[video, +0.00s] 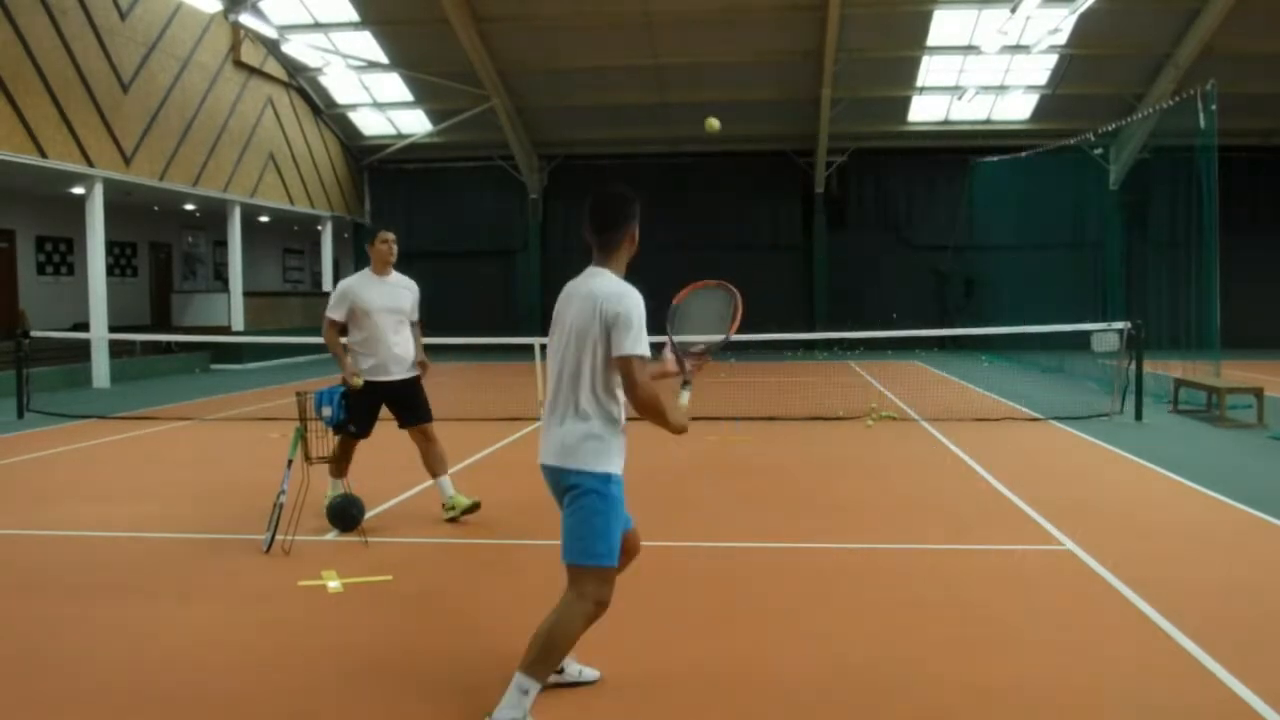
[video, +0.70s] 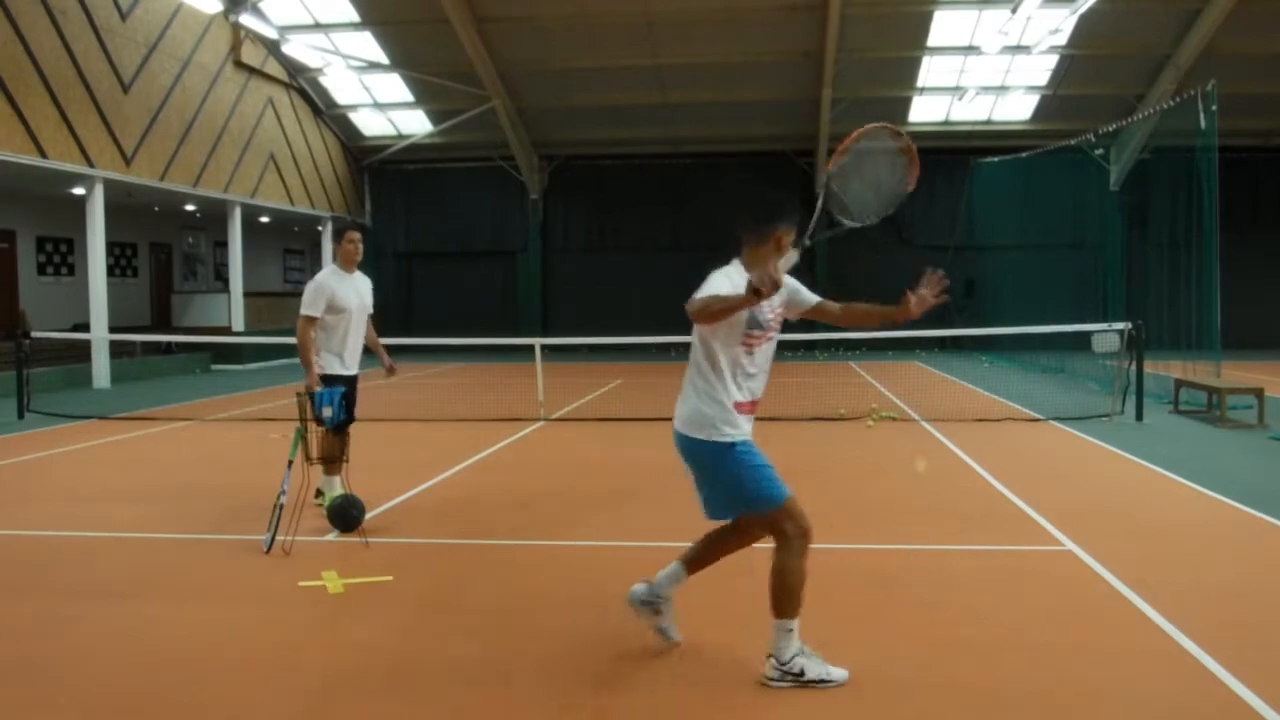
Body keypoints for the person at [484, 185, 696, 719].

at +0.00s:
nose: (638, 238)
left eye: (633, 230)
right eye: (637, 231)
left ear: (591, 235)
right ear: (632, 235)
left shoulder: (573, 291)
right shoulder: (623, 298)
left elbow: (597, 377)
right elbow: (639, 390)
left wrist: (663, 366)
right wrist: (673, 418)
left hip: (561, 456)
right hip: (592, 464)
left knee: (624, 544)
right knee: (588, 595)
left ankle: (553, 658)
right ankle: (511, 706)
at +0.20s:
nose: (656, 244)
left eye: (654, 236)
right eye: (656, 236)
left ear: (610, 238)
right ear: (649, 239)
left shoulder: (601, 290)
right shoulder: (626, 295)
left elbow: (653, 364)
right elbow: (668, 376)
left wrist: (718, 346)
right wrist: (724, 384)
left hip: (594, 458)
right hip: (599, 462)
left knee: (649, 548)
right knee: (591, 591)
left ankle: (578, 658)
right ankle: (509, 706)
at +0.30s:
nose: (673, 242)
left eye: (671, 234)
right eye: (673, 234)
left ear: (633, 235)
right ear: (663, 236)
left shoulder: (650, 292)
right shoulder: (627, 289)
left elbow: (701, 340)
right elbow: (670, 344)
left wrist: (755, 315)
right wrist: (748, 345)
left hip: (628, 454)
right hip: (609, 454)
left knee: (656, 556)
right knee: (622, 578)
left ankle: (575, 657)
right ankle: (524, 695)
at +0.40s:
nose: (698, 245)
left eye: (698, 238)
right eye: (697, 236)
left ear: (672, 239)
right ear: (684, 237)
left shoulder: (684, 289)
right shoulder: (643, 288)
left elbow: (745, 328)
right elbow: (708, 318)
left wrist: (771, 294)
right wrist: (767, 298)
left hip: (640, 447)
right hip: (628, 448)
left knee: (655, 563)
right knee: (673, 570)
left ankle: (583, 653)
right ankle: (577, 671)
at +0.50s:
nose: (730, 235)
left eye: (730, 229)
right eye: (727, 227)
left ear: (704, 227)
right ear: (710, 224)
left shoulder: (719, 277)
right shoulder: (671, 266)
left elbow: (777, 306)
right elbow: (666, 291)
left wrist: (824, 273)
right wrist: (741, 272)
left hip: (665, 428)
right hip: (654, 428)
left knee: (662, 552)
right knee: (718, 538)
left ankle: (579, 651)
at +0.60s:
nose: (763, 234)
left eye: (765, 228)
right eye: (760, 226)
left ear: (747, 228)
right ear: (740, 224)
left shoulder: (753, 272)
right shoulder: (700, 260)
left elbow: (811, 301)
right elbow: (675, 287)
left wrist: (865, 279)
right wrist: (744, 265)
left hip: (702, 421)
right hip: (683, 422)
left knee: (702, 538)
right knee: (750, 530)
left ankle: (603, 610)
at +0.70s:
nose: (791, 254)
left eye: (792, 247)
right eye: (789, 246)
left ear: (765, 242)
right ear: (773, 242)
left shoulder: (781, 285)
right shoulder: (726, 279)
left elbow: (838, 313)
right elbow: (696, 312)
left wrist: (903, 311)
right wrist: (749, 298)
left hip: (727, 429)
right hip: (712, 431)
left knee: (756, 524)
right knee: (795, 530)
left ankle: (656, 590)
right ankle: (786, 656)